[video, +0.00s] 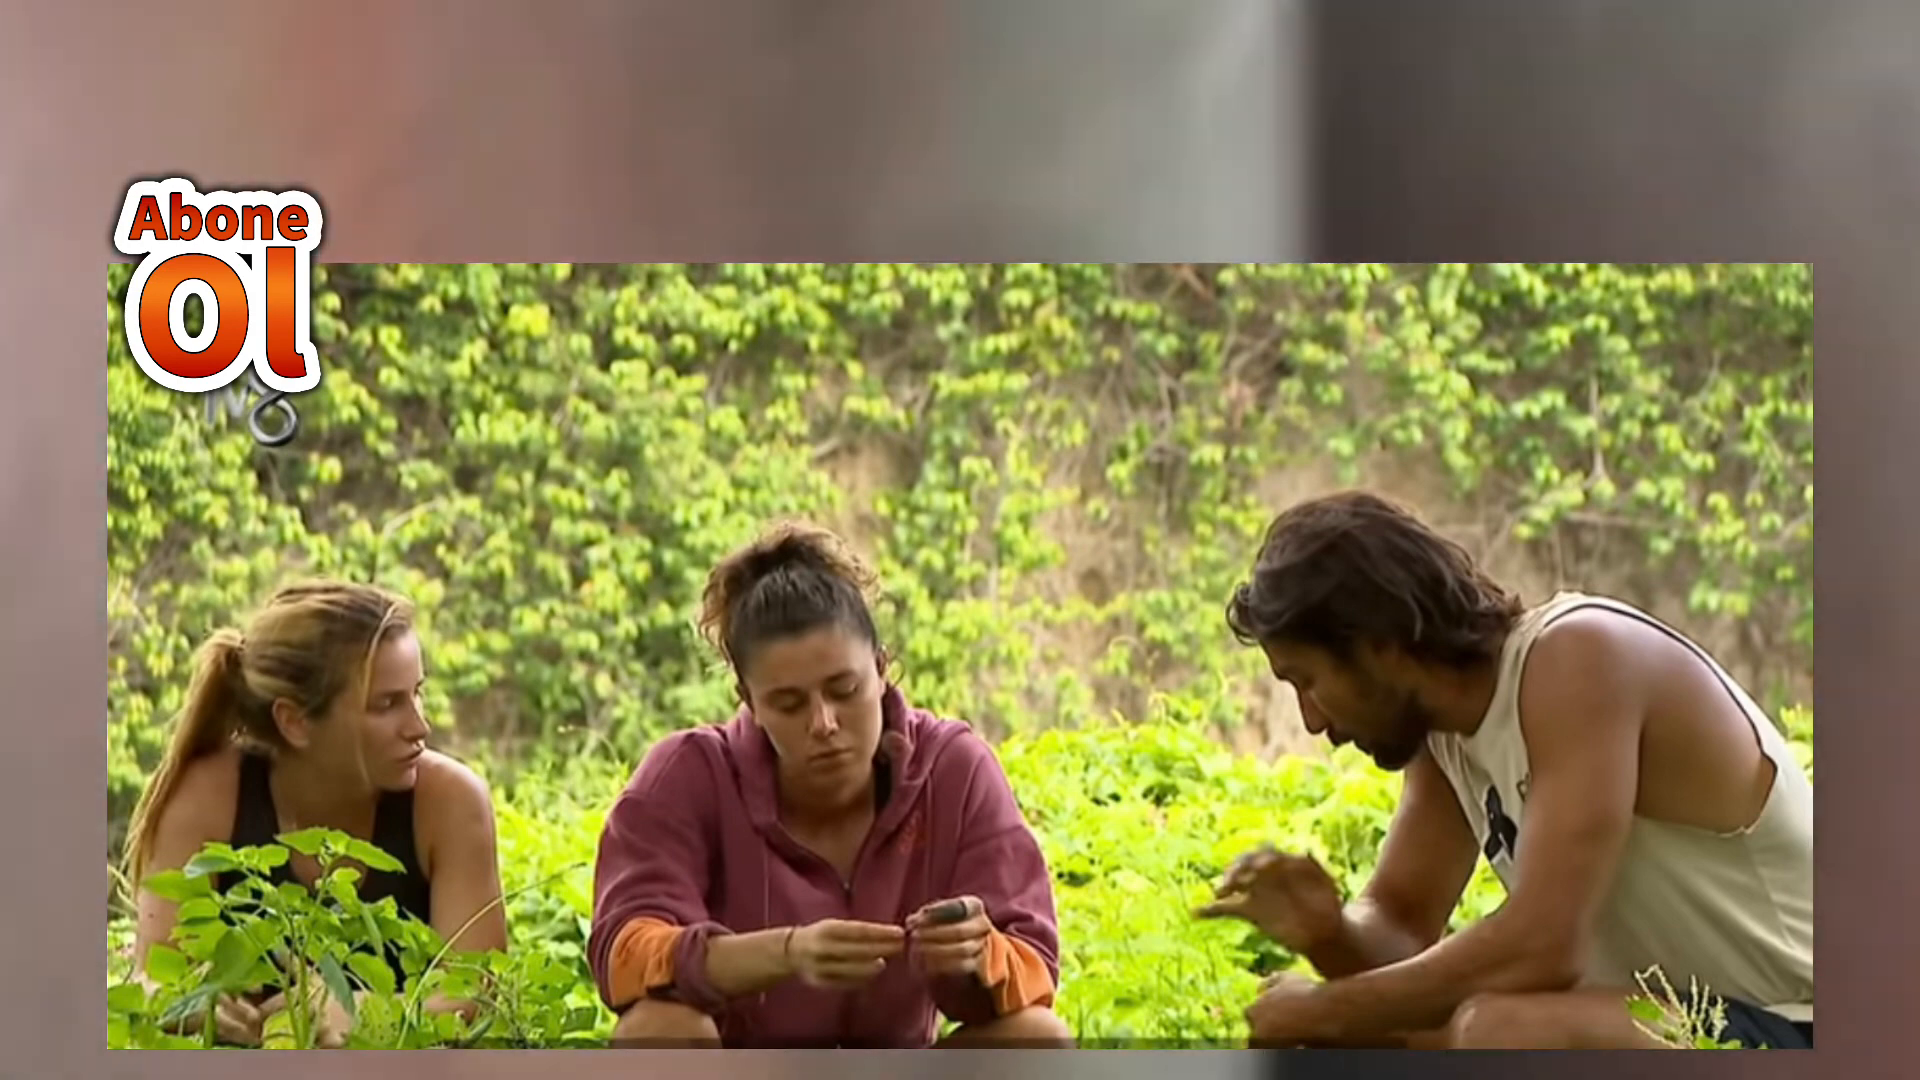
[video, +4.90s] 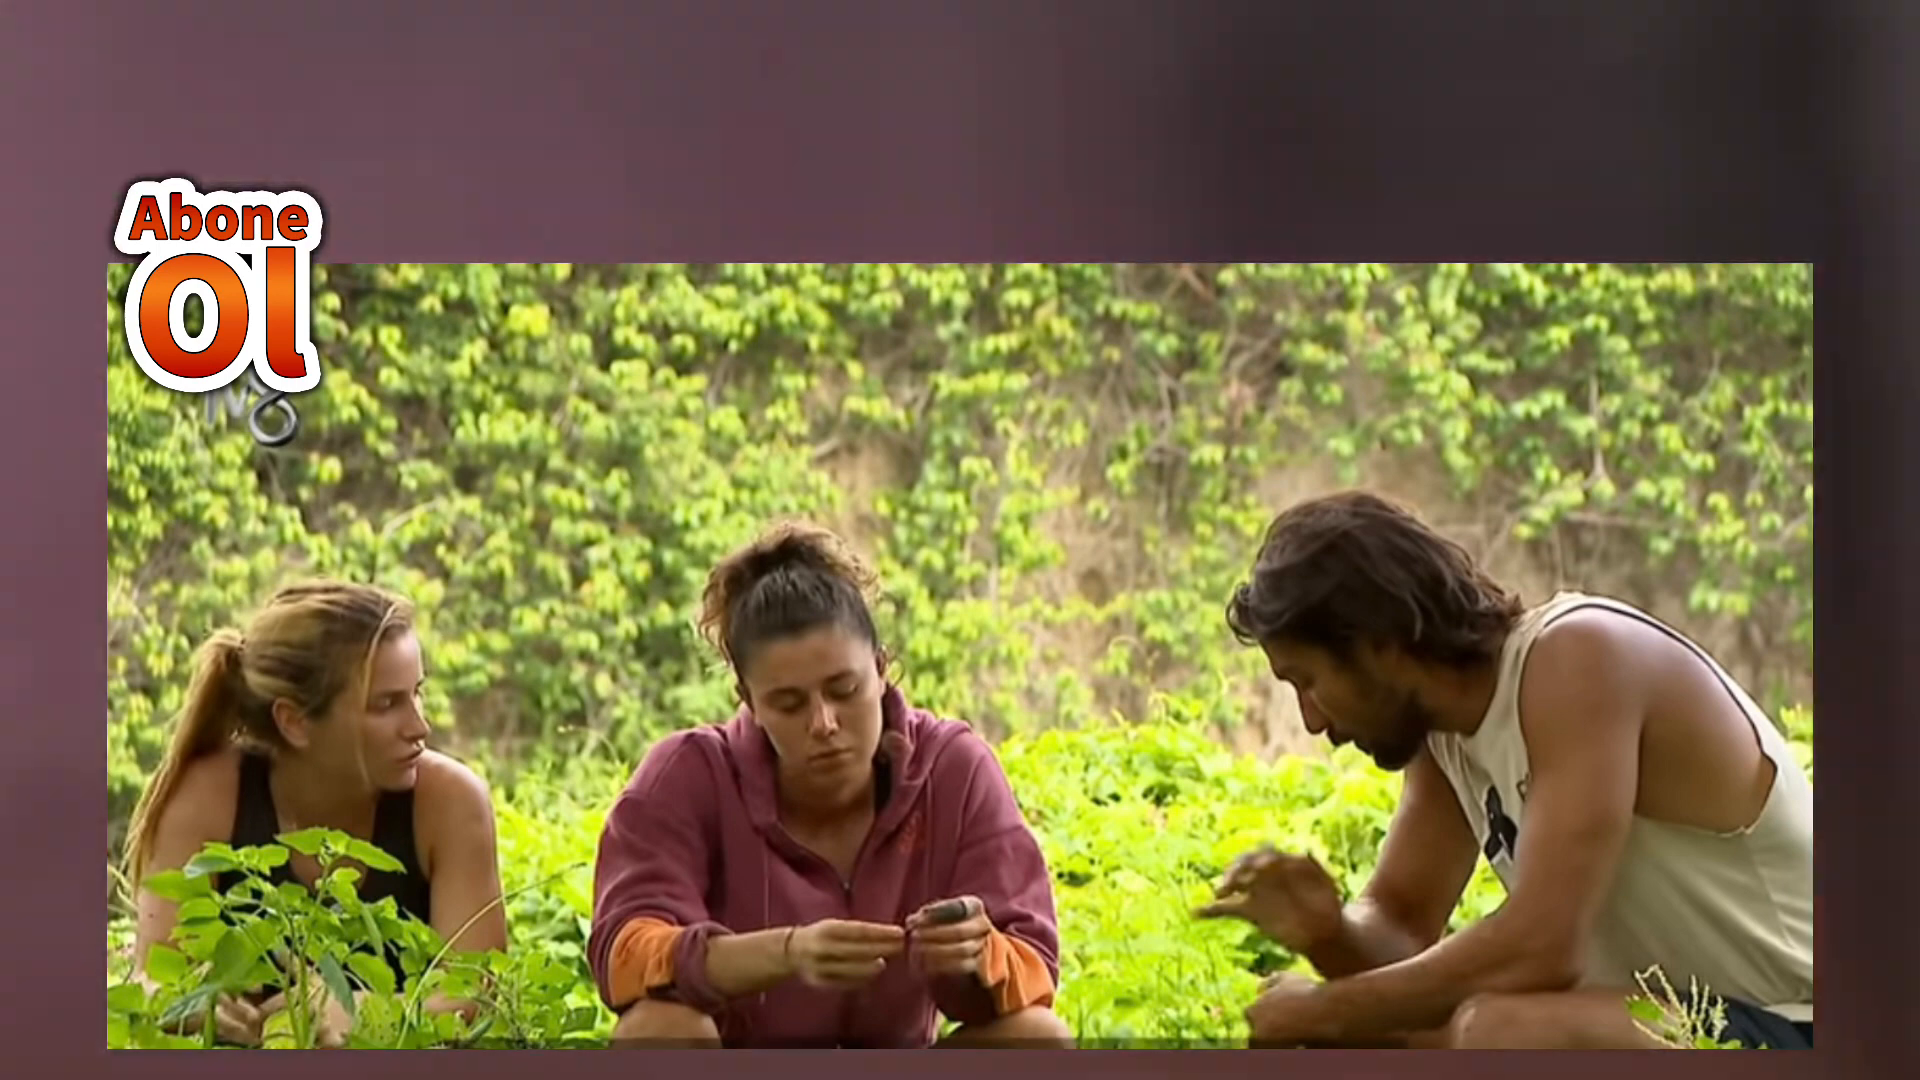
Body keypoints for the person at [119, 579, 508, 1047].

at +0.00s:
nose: (420, 725)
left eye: (417, 695)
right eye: (388, 705)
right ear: (295, 722)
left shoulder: (451, 799)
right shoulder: (205, 792)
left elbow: (470, 1000)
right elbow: (153, 983)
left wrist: (355, 1013)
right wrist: (200, 1008)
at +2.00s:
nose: (420, 725)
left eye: (417, 695)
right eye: (388, 705)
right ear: (295, 723)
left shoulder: (451, 799)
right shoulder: (205, 792)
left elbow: (470, 1002)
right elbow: (153, 984)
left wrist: (354, 1013)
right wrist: (198, 1008)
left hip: (384, 1069)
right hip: (237, 1066)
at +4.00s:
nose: (420, 725)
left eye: (417, 695)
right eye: (388, 705)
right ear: (295, 722)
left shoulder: (451, 799)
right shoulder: (205, 792)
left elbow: (470, 1001)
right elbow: (152, 984)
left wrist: (354, 1013)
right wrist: (200, 1009)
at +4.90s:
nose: (420, 726)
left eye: (417, 695)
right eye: (387, 705)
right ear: (295, 722)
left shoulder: (451, 799)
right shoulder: (206, 792)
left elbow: (471, 1000)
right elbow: (153, 982)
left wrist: (354, 1012)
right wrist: (201, 1008)